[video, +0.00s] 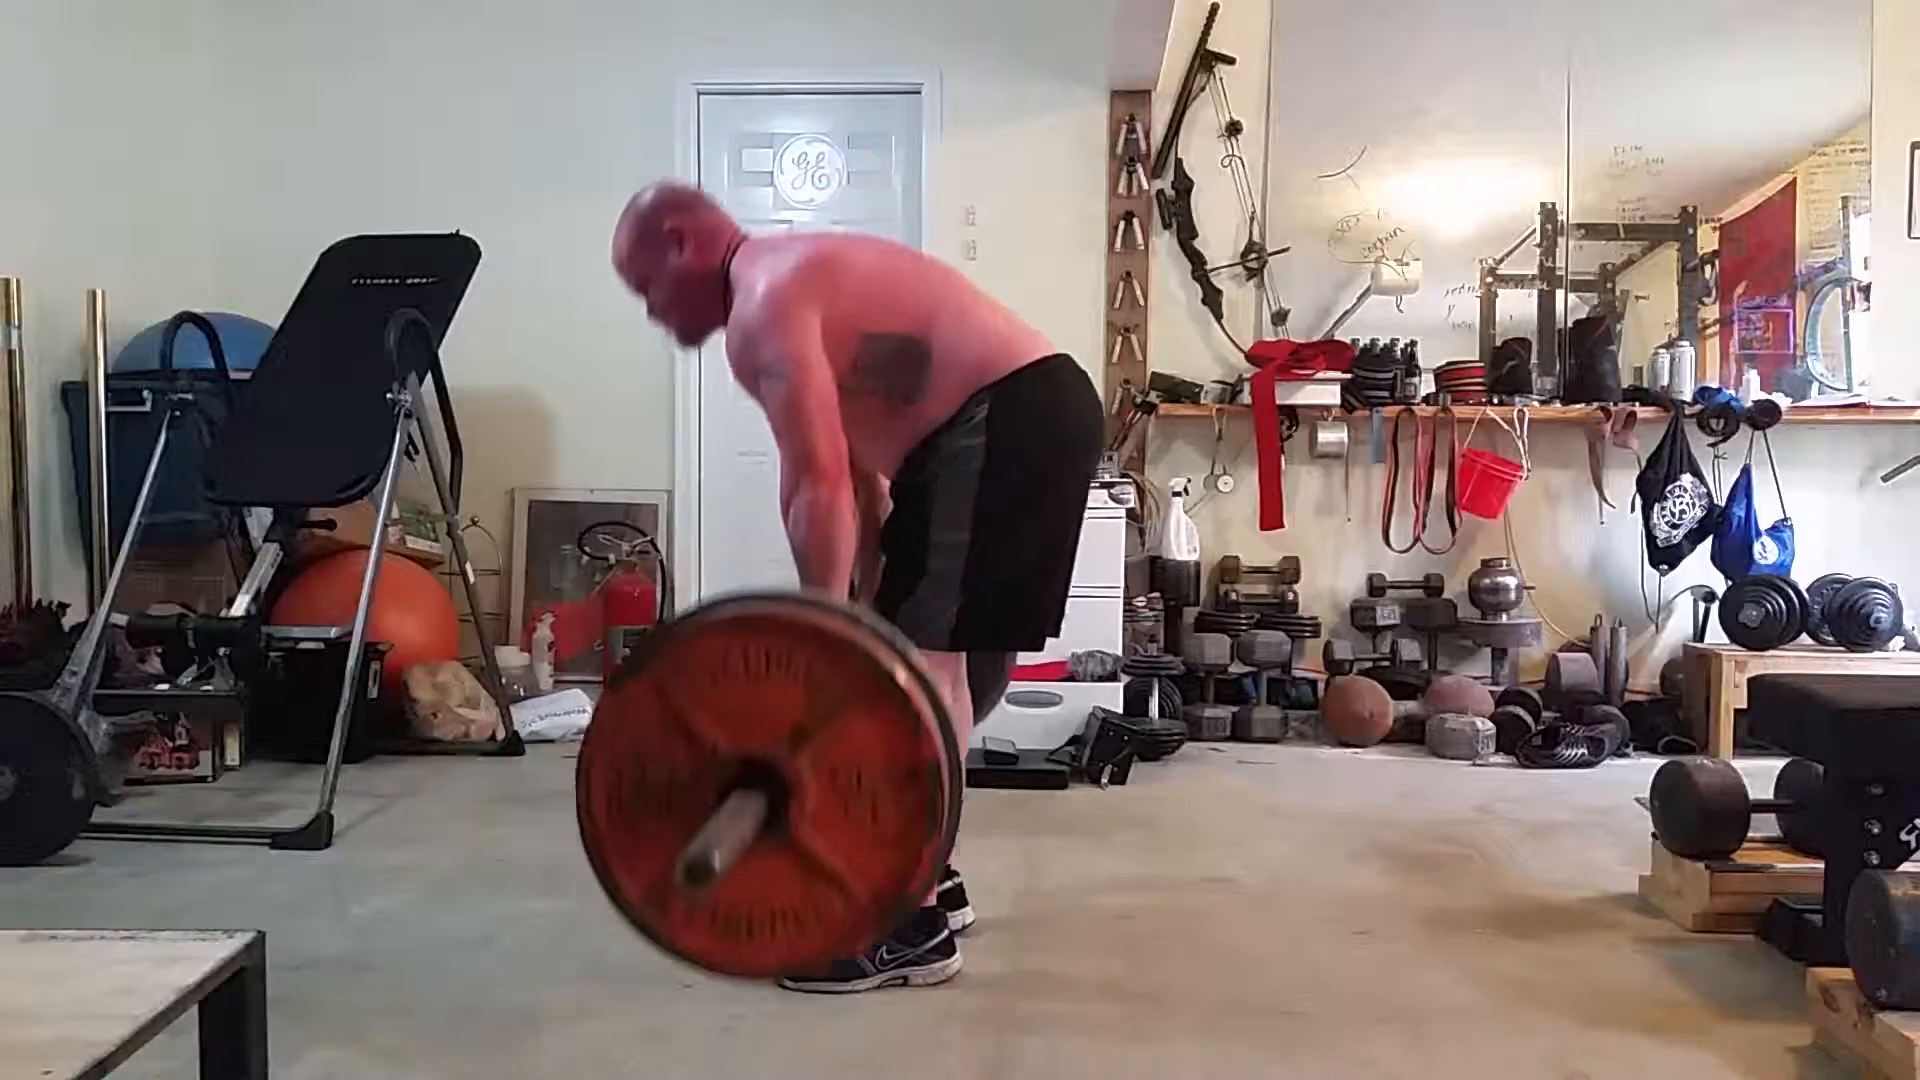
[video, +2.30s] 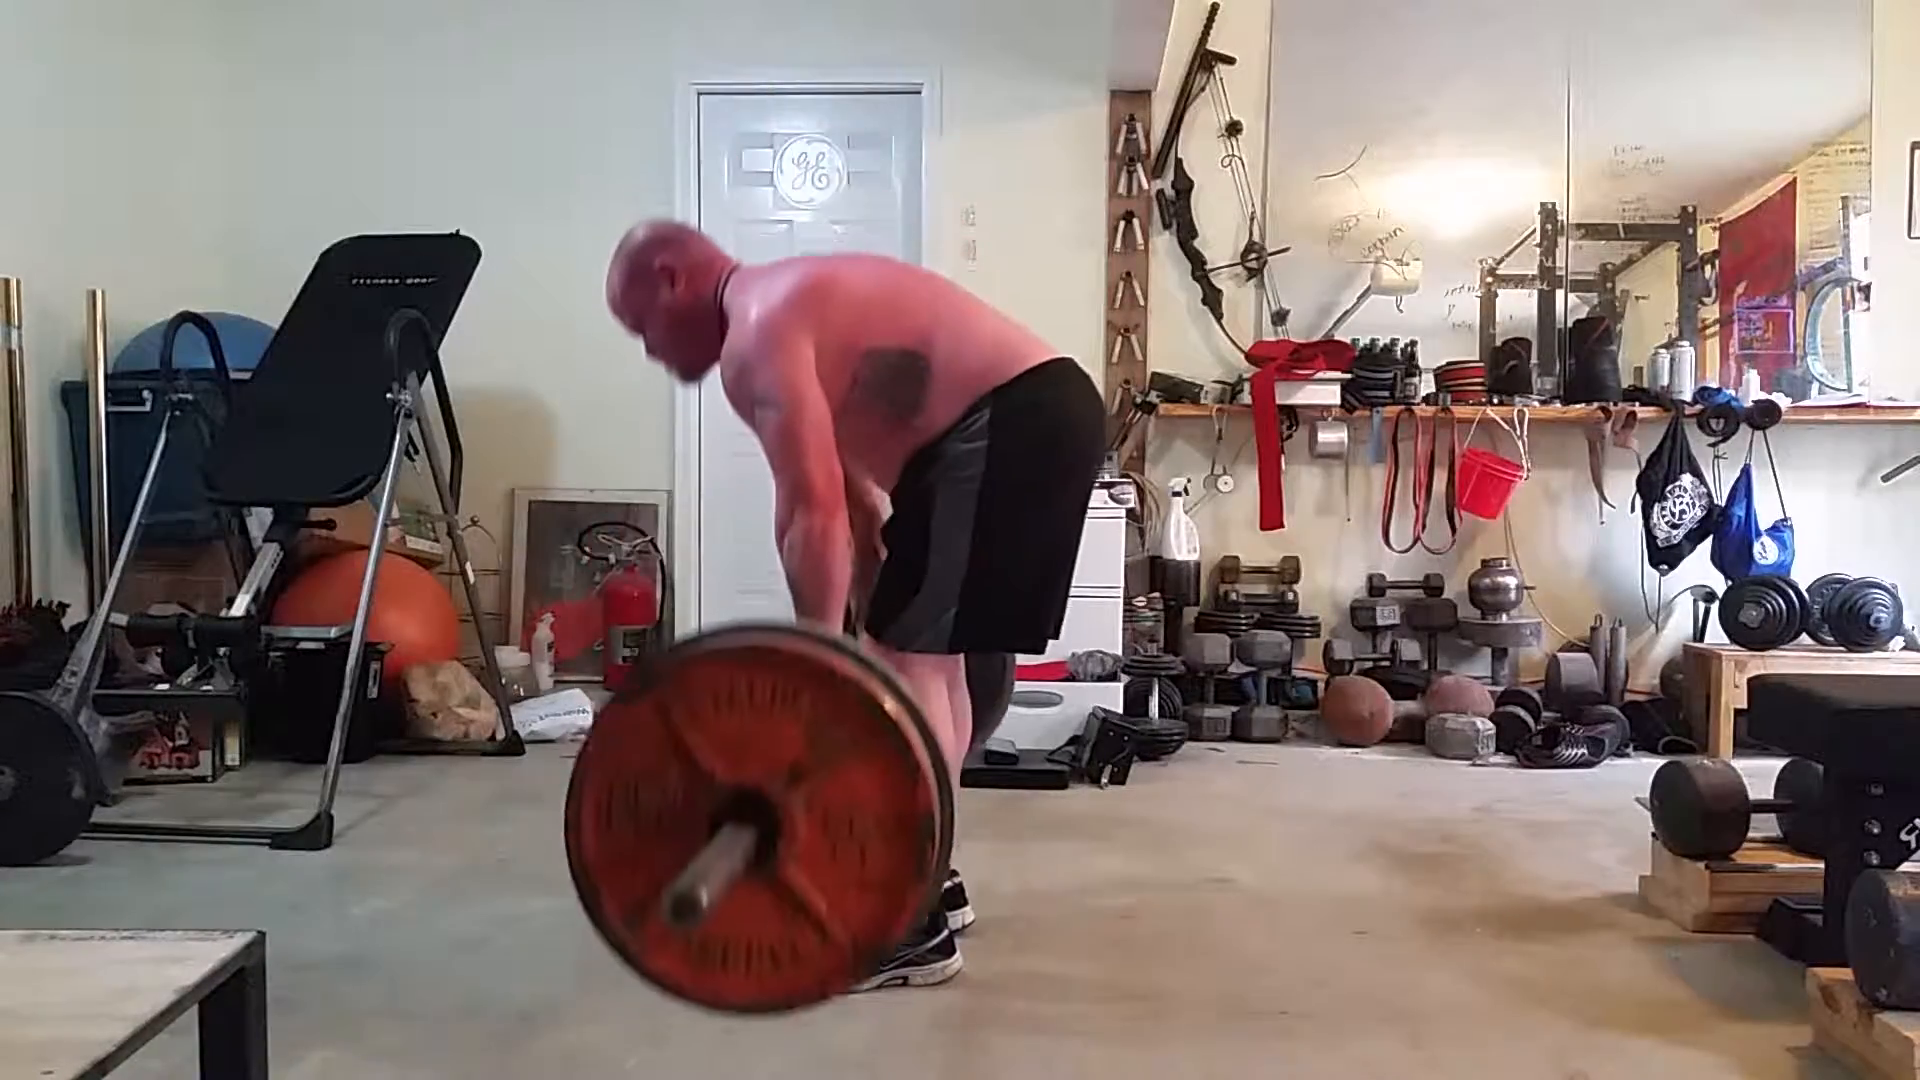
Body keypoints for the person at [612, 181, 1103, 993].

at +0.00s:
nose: (652, 313)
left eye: (648, 289)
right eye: (642, 297)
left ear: (688, 245)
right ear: (696, 242)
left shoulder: (768, 301)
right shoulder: (781, 291)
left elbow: (819, 486)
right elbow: (863, 490)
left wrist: (815, 655)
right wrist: (844, 640)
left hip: (1004, 419)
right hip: (982, 423)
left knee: (922, 662)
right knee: (918, 660)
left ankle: (905, 920)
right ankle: (920, 881)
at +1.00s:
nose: (696, 164)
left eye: (706, 140)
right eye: (696, 143)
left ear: (757, 130)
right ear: (773, 134)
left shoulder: (814, 204)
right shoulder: (827, 202)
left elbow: (851, 385)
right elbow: (835, 390)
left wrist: (829, 557)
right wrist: (827, 551)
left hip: (997, 412)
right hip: (969, 413)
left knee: (929, 657)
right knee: (917, 648)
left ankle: (914, 918)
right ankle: (919, 883)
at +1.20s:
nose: (765, 40)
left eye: (782, 19)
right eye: (770, 22)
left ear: (836, 25)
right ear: (851, 33)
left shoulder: (859, 124)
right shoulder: (873, 121)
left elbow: (867, 304)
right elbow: (878, 308)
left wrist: (838, 467)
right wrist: (835, 461)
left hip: (959, 399)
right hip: (970, 398)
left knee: (925, 657)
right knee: (932, 654)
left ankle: (912, 917)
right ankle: (926, 882)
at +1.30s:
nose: (804, 15)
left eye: (818, 2)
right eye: (810, 2)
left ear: (868, 8)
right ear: (894, 16)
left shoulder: (886, 100)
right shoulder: (929, 100)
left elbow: (886, 282)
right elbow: (914, 287)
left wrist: (826, 445)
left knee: (916, 657)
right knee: (931, 653)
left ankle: (911, 919)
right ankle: (929, 880)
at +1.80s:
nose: (714, 100)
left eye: (721, 74)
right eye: (712, 80)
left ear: (776, 56)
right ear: (789, 59)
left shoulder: (831, 144)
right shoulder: (848, 137)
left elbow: (845, 324)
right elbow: (861, 324)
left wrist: (810, 489)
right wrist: (811, 483)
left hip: (949, 402)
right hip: (958, 401)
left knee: (898, 651)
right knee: (909, 649)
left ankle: (909, 917)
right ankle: (920, 878)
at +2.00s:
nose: (658, 215)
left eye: (656, 189)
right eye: (648, 197)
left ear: (701, 155)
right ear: (719, 149)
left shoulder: (779, 218)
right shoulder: (798, 206)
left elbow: (826, 397)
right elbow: (839, 396)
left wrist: (811, 571)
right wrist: (823, 568)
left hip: (971, 409)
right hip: (970, 408)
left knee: (913, 656)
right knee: (922, 651)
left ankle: (909, 916)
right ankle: (923, 878)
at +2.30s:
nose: (651, 352)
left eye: (642, 328)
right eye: (638, 336)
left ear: (673, 280)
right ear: (685, 274)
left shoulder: (762, 331)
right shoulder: (774, 319)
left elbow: (815, 512)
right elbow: (863, 515)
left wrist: (813, 678)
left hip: (1008, 421)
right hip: (1013, 416)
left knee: (905, 664)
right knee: (930, 665)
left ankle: (910, 921)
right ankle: (921, 887)